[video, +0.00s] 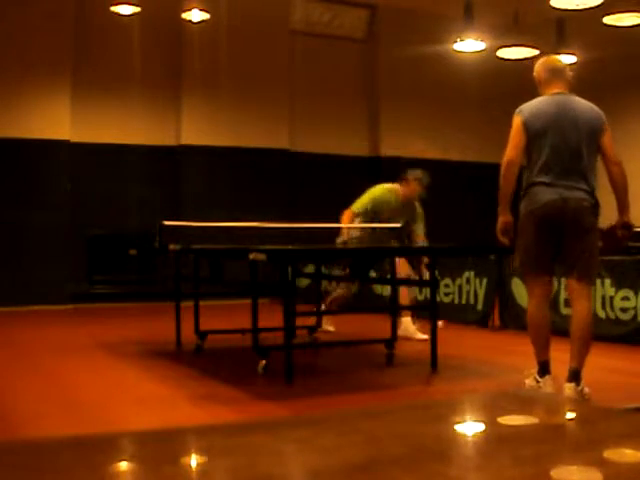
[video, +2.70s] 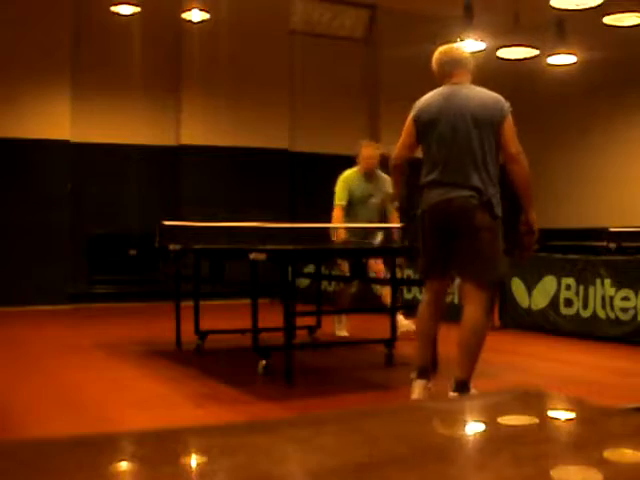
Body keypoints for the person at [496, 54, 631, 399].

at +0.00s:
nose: (535, 84)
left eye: (535, 79)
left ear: (539, 81)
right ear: (568, 78)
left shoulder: (526, 113)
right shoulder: (594, 114)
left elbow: (511, 162)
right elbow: (614, 165)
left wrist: (504, 211)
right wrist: (624, 213)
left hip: (538, 207)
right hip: (581, 207)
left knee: (538, 291)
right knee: (581, 290)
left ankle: (543, 373)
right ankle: (574, 380)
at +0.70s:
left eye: (526, 78)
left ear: (528, 79)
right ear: (559, 76)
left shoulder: (518, 109)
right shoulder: (588, 111)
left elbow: (499, 160)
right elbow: (609, 165)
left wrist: (493, 207)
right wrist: (617, 213)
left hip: (529, 215)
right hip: (573, 215)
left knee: (507, 288)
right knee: (578, 295)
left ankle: (490, 368)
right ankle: (573, 381)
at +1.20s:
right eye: (500, 74)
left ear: (473, 82)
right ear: (503, 76)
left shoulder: (460, 112)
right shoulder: (533, 108)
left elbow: (442, 163)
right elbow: (553, 159)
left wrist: (450, 208)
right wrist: (566, 209)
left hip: (475, 213)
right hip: (521, 213)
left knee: (473, 294)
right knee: (544, 292)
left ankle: (474, 378)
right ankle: (559, 376)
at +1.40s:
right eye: (489, 72)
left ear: (462, 80)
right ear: (491, 75)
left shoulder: (448, 111)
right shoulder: (518, 106)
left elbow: (429, 161)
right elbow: (540, 155)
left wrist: (439, 208)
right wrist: (550, 208)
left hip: (464, 210)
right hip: (507, 208)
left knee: (466, 291)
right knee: (527, 285)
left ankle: (473, 376)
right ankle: (507, 366)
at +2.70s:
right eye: (467, 67)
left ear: (438, 73)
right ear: (469, 69)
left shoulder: (424, 105)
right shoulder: (496, 103)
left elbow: (399, 157)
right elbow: (514, 157)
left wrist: (398, 199)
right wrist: (529, 209)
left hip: (434, 208)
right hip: (479, 208)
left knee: (433, 290)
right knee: (476, 297)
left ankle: (422, 376)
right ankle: (461, 387)